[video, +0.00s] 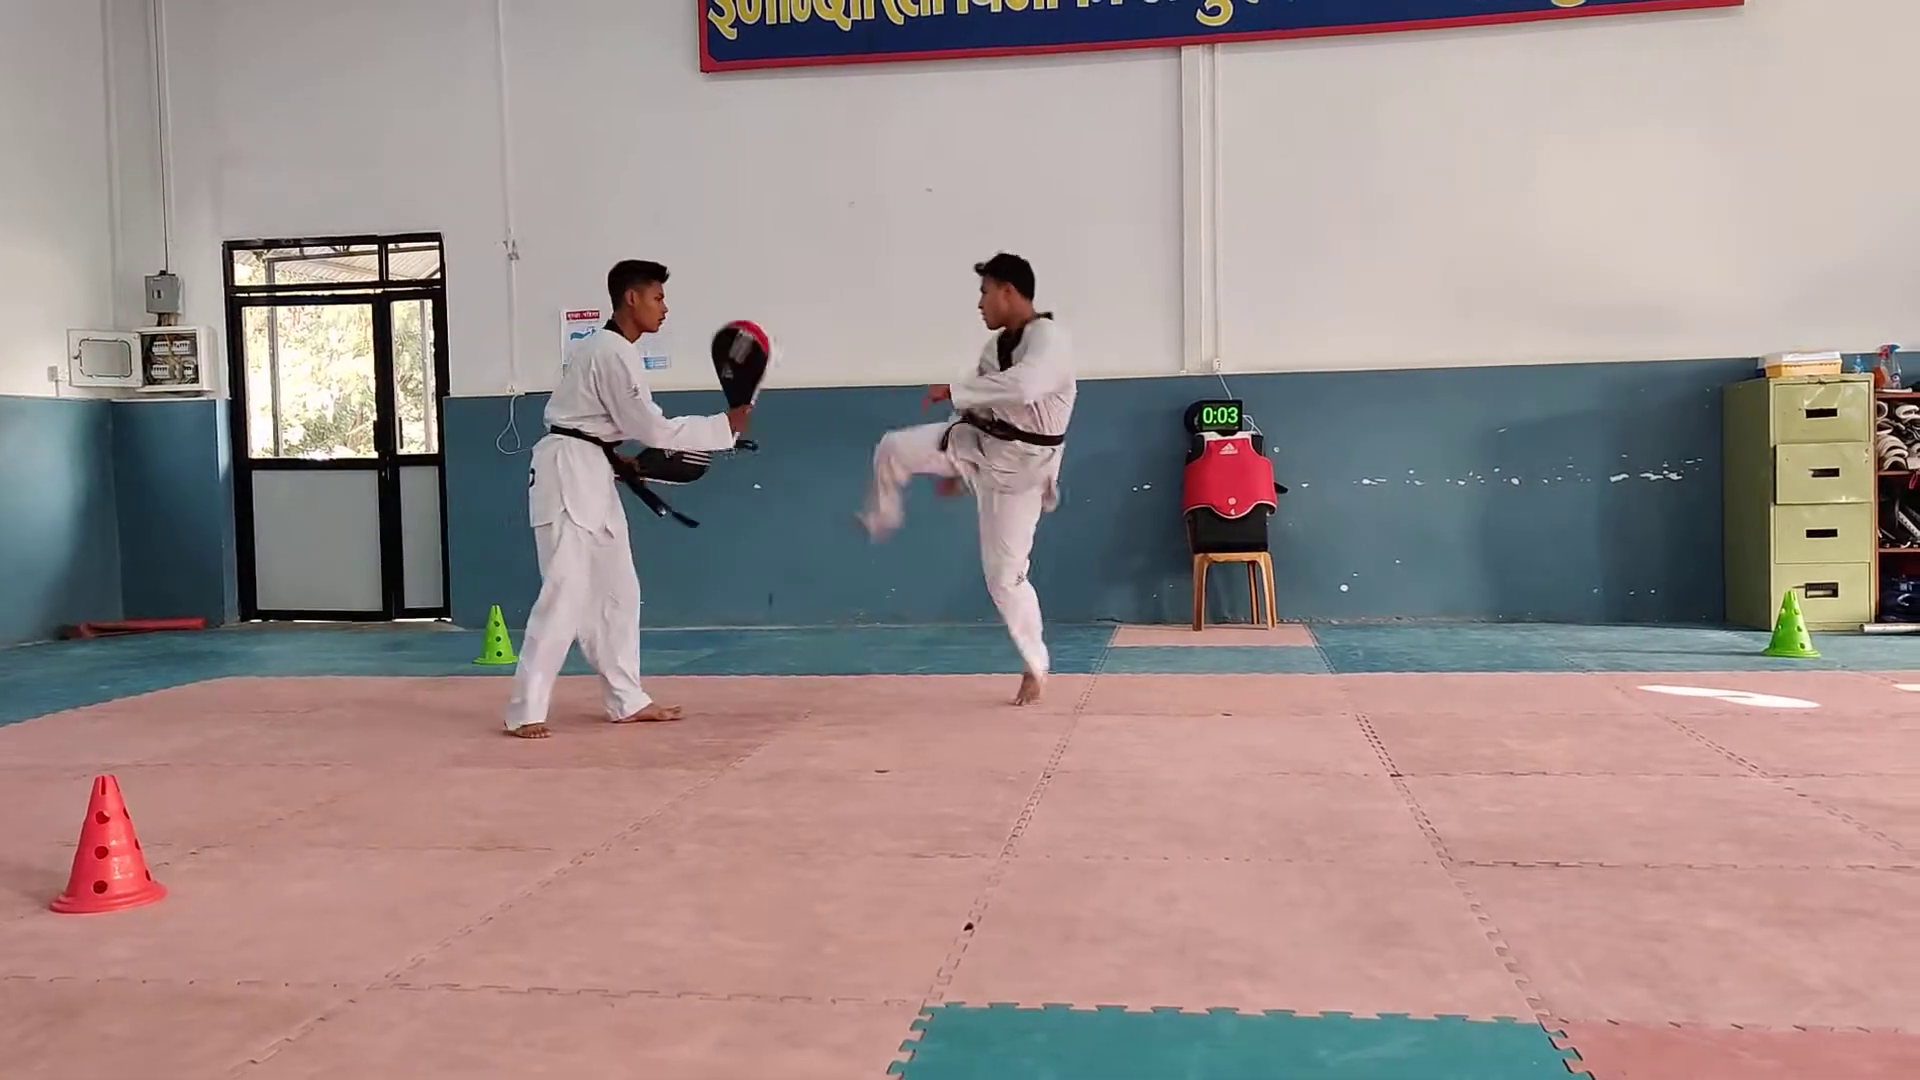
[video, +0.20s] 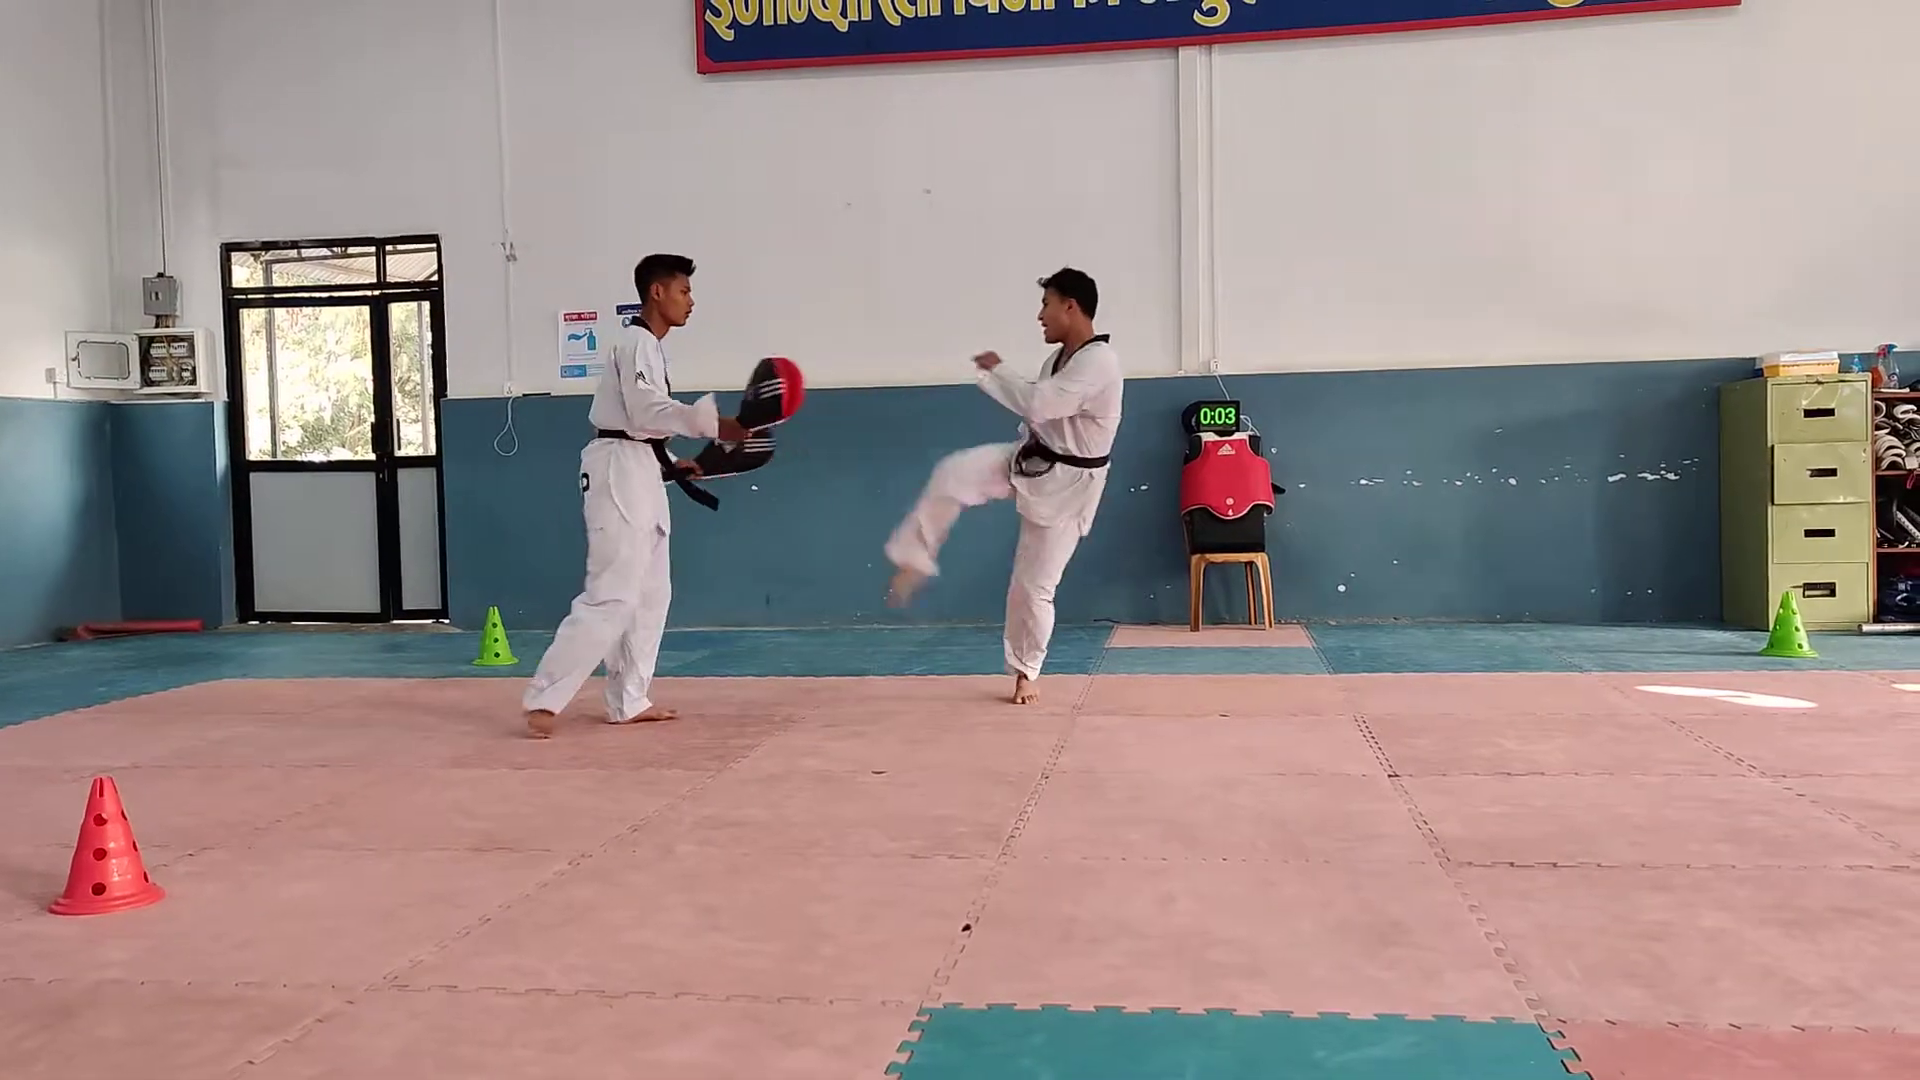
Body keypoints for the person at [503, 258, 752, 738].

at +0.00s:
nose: (664, 307)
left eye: (663, 297)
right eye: (657, 297)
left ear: (629, 302)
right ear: (628, 300)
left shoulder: (601, 347)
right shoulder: (613, 352)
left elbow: (573, 420)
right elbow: (650, 428)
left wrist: (611, 456)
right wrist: (725, 425)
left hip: (589, 470)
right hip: (566, 467)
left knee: (616, 587)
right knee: (566, 587)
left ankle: (626, 700)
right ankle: (525, 712)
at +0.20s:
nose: (691, 300)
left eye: (691, 292)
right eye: (684, 291)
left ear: (660, 294)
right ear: (657, 292)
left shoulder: (652, 350)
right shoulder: (635, 342)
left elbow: (635, 428)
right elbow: (648, 408)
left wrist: (671, 465)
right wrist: (713, 423)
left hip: (642, 470)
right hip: (617, 465)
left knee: (650, 591)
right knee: (614, 589)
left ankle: (629, 702)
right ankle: (544, 699)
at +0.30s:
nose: (711, 298)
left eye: (710, 289)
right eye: (702, 289)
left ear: (687, 295)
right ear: (675, 293)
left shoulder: (677, 356)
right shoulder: (652, 342)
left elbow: (674, 437)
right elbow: (638, 412)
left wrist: (726, 466)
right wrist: (696, 445)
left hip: (652, 470)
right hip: (635, 466)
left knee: (649, 585)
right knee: (674, 583)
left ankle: (625, 696)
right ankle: (615, 691)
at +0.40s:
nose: (734, 299)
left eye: (732, 290)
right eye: (726, 290)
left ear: (706, 296)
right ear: (698, 294)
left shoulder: (703, 359)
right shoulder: (666, 348)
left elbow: (729, 424)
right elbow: (634, 421)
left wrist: (786, 448)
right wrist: (674, 461)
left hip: (673, 484)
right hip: (651, 483)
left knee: (649, 591)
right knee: (710, 576)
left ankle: (616, 702)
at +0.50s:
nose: (753, 302)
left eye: (753, 293)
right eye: (746, 293)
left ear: (726, 299)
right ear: (718, 297)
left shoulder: (732, 364)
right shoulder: (680, 353)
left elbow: (762, 421)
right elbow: (636, 420)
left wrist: (821, 438)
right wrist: (667, 469)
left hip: (700, 483)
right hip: (679, 481)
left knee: (660, 591)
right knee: (729, 587)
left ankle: (612, 696)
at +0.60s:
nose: (772, 305)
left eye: (771, 296)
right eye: (764, 296)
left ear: (745, 302)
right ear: (736, 299)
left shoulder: (754, 365)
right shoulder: (700, 357)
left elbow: (787, 420)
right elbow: (653, 424)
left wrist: (846, 434)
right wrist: (675, 480)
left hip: (736, 479)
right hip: (704, 479)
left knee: (707, 589)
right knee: (753, 587)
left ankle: (630, 676)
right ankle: (796, 705)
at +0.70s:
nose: (790, 307)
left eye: (789, 298)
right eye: (782, 299)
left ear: (766, 304)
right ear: (752, 303)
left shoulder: (777, 367)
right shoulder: (712, 359)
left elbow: (811, 424)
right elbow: (669, 432)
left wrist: (873, 434)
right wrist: (697, 485)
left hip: (752, 482)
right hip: (714, 483)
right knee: (755, 592)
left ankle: (702, 672)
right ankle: (788, 709)